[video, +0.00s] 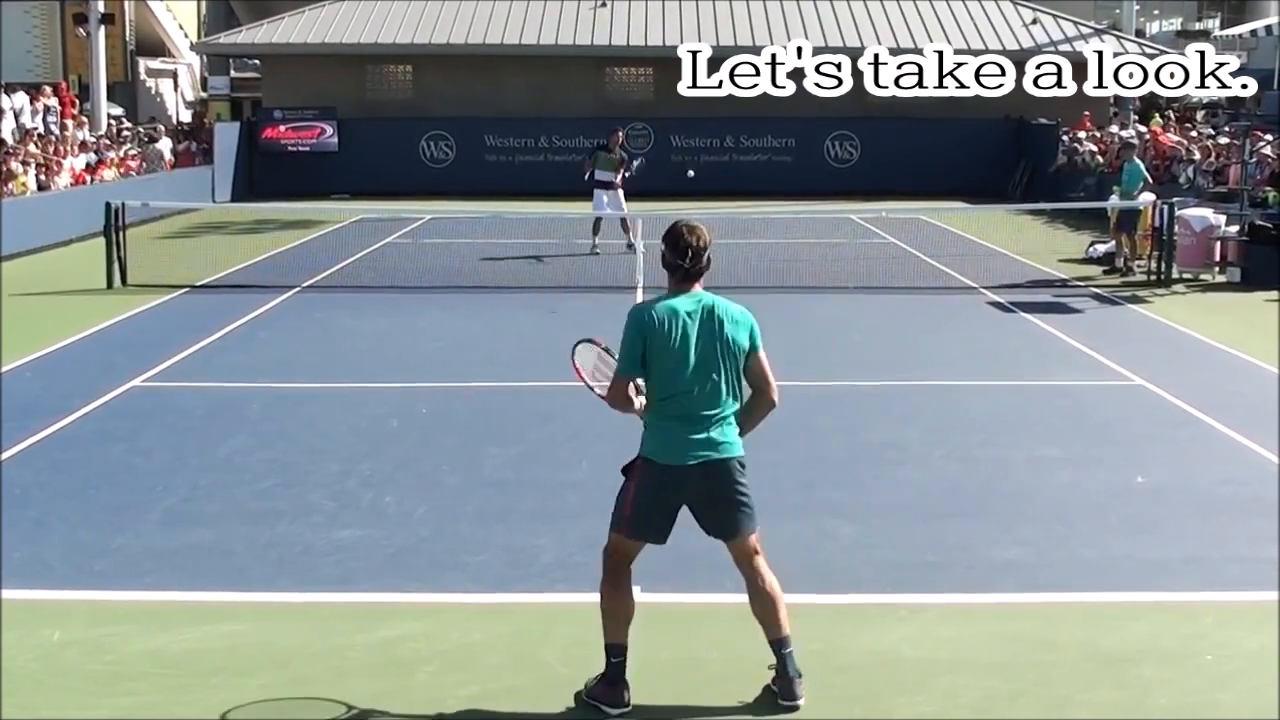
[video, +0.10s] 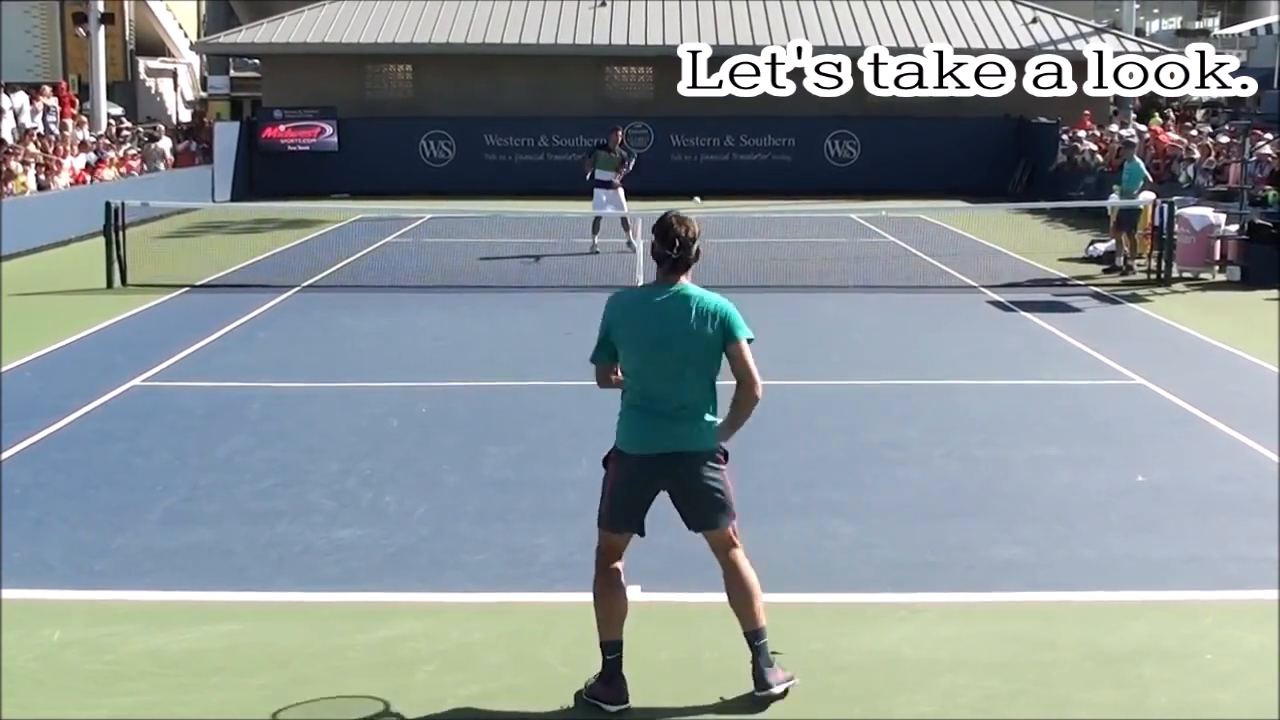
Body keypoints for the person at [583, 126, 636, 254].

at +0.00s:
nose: (617, 140)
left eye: (620, 137)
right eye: (615, 136)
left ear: (622, 140)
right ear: (610, 137)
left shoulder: (623, 156)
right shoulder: (598, 151)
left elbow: (621, 170)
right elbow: (589, 163)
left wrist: (617, 179)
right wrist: (587, 170)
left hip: (614, 184)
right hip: (600, 184)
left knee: (623, 213)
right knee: (599, 214)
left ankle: (630, 241)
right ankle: (594, 243)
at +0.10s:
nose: (617, 139)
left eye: (619, 136)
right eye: (615, 135)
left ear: (622, 138)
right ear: (610, 136)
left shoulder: (622, 154)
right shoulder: (598, 150)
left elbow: (622, 170)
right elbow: (588, 161)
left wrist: (619, 177)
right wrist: (588, 168)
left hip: (615, 184)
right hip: (600, 183)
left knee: (624, 213)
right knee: (598, 214)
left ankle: (630, 239)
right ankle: (594, 243)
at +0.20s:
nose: (617, 139)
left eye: (619, 136)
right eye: (615, 135)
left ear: (622, 138)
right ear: (609, 136)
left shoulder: (626, 153)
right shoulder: (599, 149)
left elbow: (625, 168)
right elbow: (589, 158)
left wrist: (619, 178)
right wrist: (591, 168)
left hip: (616, 184)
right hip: (601, 183)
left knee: (625, 213)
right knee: (598, 214)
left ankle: (630, 237)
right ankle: (594, 242)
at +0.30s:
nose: (619, 138)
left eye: (621, 135)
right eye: (616, 135)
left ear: (623, 137)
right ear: (610, 136)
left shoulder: (625, 153)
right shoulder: (601, 150)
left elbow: (627, 170)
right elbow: (593, 164)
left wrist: (621, 180)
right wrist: (598, 172)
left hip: (619, 184)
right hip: (604, 184)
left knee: (626, 212)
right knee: (599, 213)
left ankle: (632, 236)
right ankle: (593, 241)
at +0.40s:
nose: (622, 137)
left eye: (623, 134)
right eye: (619, 134)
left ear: (625, 136)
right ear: (613, 135)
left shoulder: (629, 152)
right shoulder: (605, 150)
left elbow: (632, 170)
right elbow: (598, 165)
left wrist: (623, 180)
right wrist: (603, 171)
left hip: (623, 186)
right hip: (607, 186)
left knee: (628, 212)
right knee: (602, 212)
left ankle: (631, 237)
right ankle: (593, 239)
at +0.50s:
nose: (625, 135)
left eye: (627, 132)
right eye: (623, 132)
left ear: (629, 134)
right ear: (618, 134)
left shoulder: (634, 150)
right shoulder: (610, 149)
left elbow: (638, 168)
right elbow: (604, 165)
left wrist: (629, 177)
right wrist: (612, 168)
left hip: (628, 184)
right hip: (612, 184)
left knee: (631, 211)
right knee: (605, 210)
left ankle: (632, 236)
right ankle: (595, 236)